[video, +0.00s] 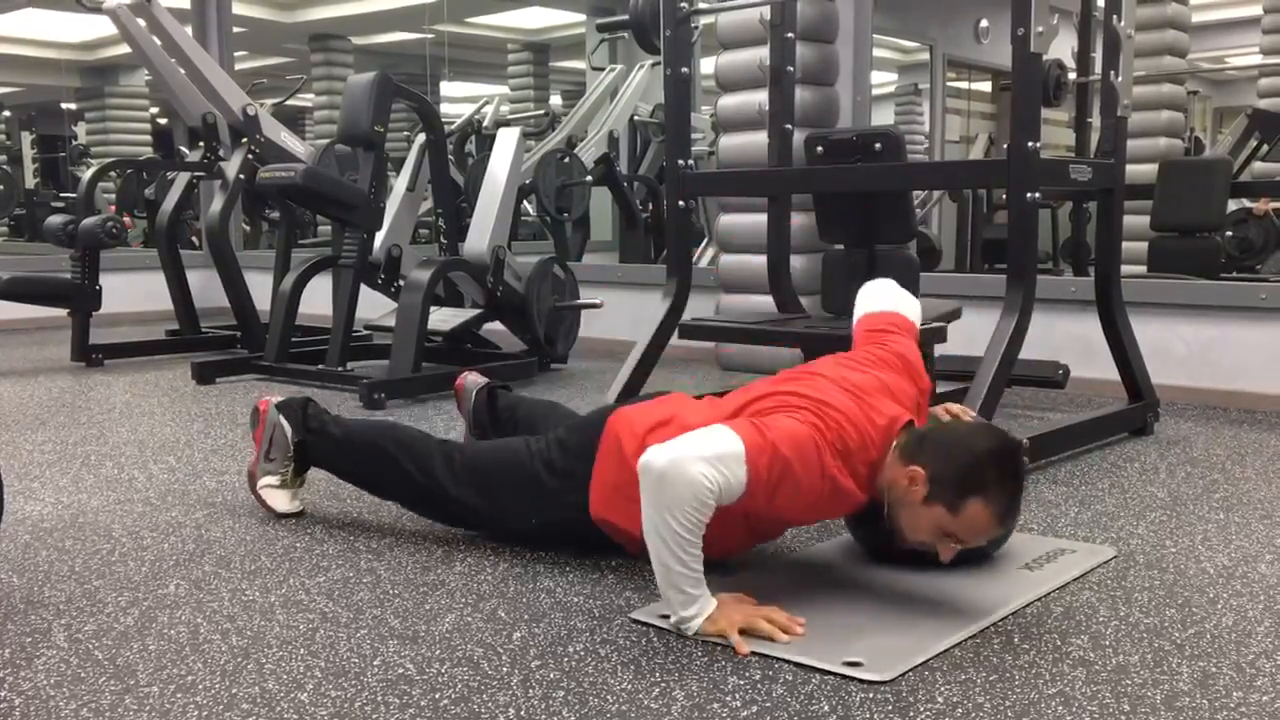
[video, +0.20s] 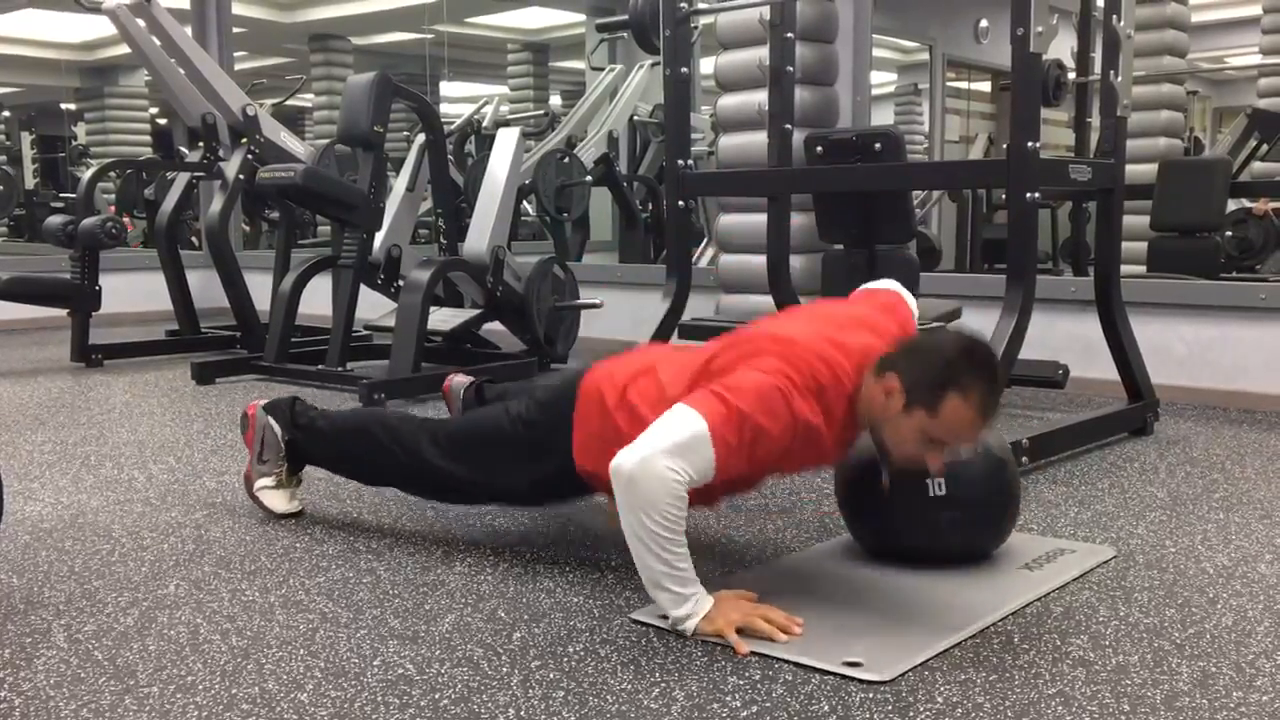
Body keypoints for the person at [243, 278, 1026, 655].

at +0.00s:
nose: (938, 552)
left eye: (958, 548)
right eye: (944, 538)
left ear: (946, 443)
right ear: (914, 479)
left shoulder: (899, 382)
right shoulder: (811, 458)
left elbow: (883, 288)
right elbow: (674, 476)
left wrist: (890, 428)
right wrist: (693, 604)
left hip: (661, 420)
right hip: (607, 471)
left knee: (567, 429)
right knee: (451, 475)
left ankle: (489, 399)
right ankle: (298, 425)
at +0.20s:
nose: (937, 463)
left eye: (955, 451)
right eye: (938, 445)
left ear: (927, 374)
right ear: (894, 398)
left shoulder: (887, 324)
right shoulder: (779, 406)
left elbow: (892, 285)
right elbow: (647, 474)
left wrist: (878, 413)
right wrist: (688, 605)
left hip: (646, 368)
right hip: (593, 424)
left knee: (525, 394)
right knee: (435, 454)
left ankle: (470, 387)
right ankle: (285, 429)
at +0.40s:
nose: (903, 281)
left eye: (917, 265)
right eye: (897, 259)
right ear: (842, 223)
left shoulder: (853, 236)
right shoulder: (745, 265)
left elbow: (865, 317)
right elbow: (684, 441)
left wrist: (860, 400)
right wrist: (693, 600)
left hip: (609, 330)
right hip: (555, 307)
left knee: (508, 388)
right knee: (425, 402)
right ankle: (270, 428)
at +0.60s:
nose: (904, 178)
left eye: (917, 164)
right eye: (899, 156)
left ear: (866, 130)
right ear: (844, 120)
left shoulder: (846, 170)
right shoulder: (753, 163)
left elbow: (842, 278)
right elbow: (668, 301)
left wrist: (819, 311)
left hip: (615, 306)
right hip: (558, 272)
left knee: (519, 379)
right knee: (432, 373)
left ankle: (461, 415)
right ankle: (278, 428)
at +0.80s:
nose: (954, 323)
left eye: (967, 308)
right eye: (948, 302)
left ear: (938, 281)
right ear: (897, 266)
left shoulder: (904, 294)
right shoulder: (798, 268)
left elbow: (929, 393)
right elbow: (663, 311)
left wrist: (942, 502)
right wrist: (725, 443)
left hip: (632, 343)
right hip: (578, 338)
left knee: (510, 381)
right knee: (441, 397)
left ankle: (459, 428)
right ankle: (281, 426)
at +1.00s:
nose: (972, 511)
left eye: (991, 508)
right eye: (973, 499)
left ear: (967, 438)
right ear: (938, 448)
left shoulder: (946, 406)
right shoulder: (855, 388)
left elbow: (912, 442)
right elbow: (707, 326)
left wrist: (947, 506)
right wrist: (718, 458)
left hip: (676, 447)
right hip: (638, 444)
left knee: (578, 418)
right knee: (476, 463)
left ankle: (483, 384)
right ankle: (312, 426)